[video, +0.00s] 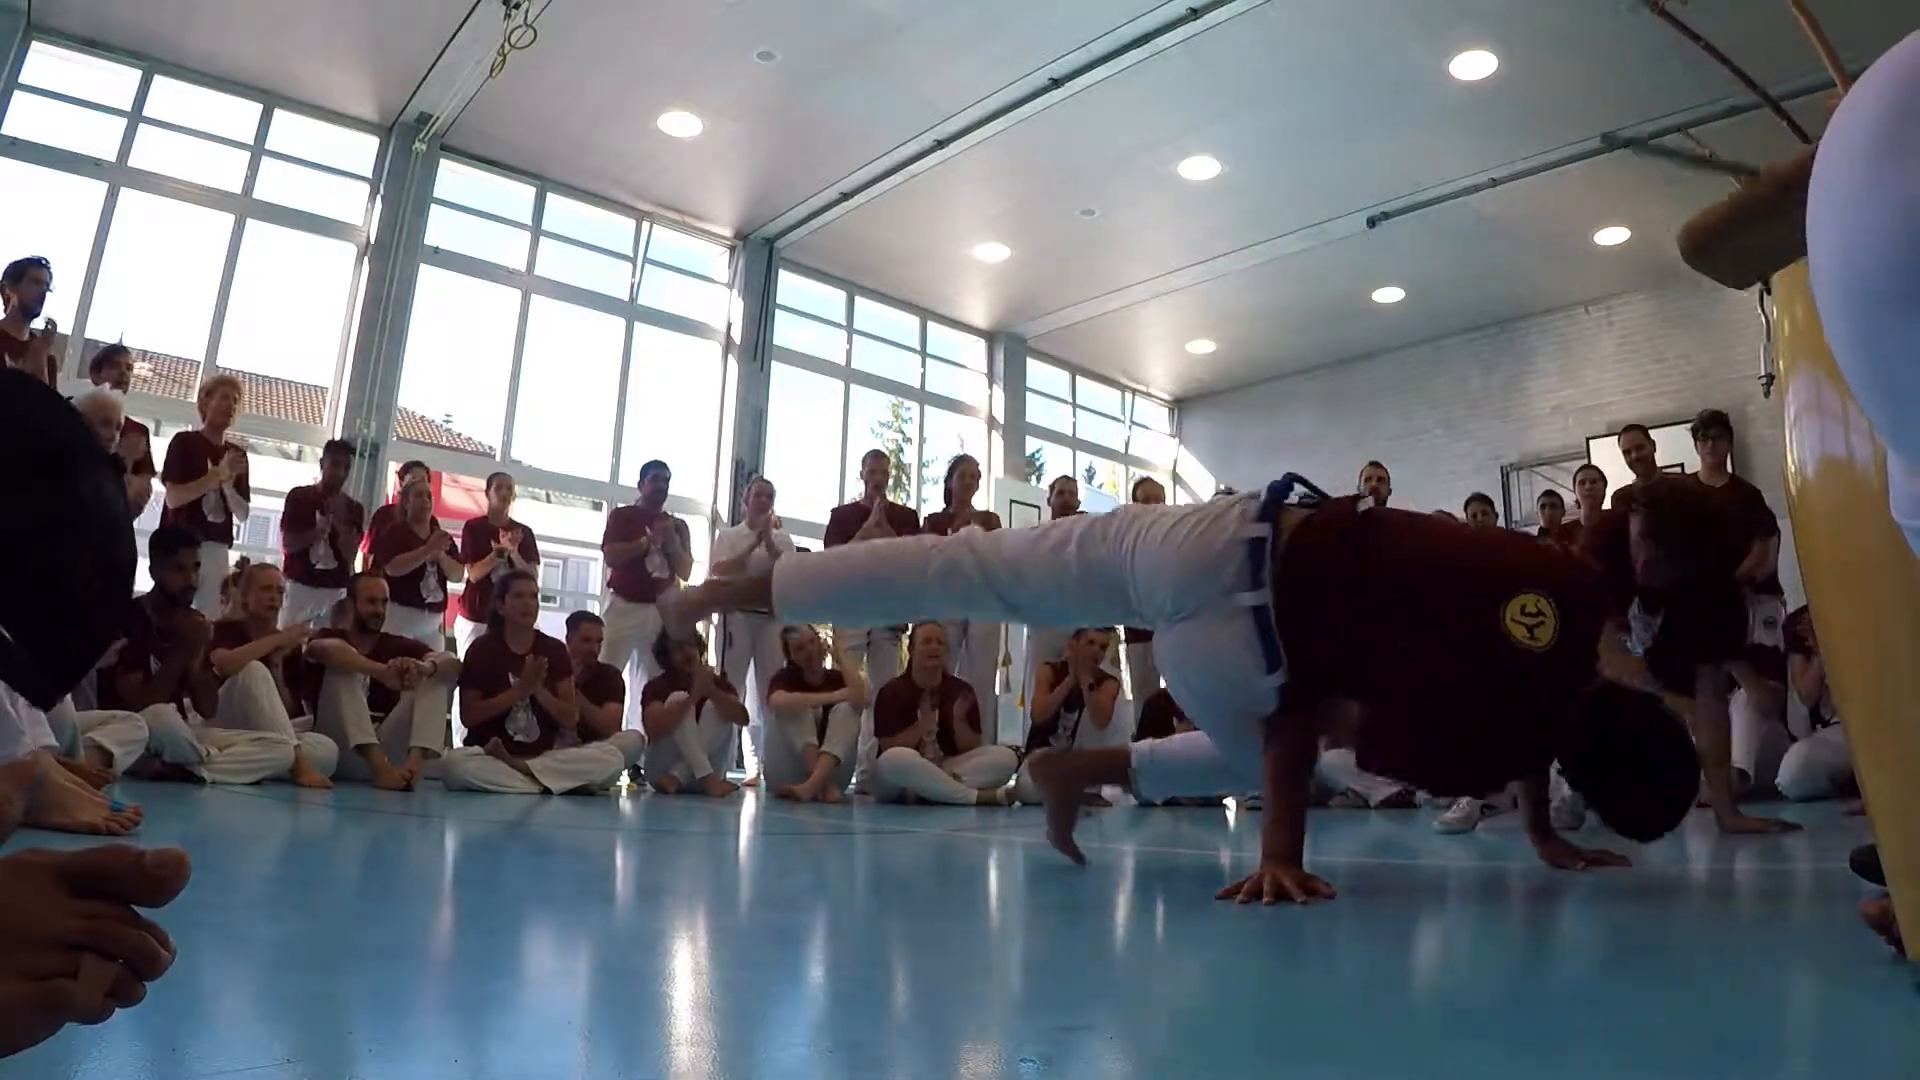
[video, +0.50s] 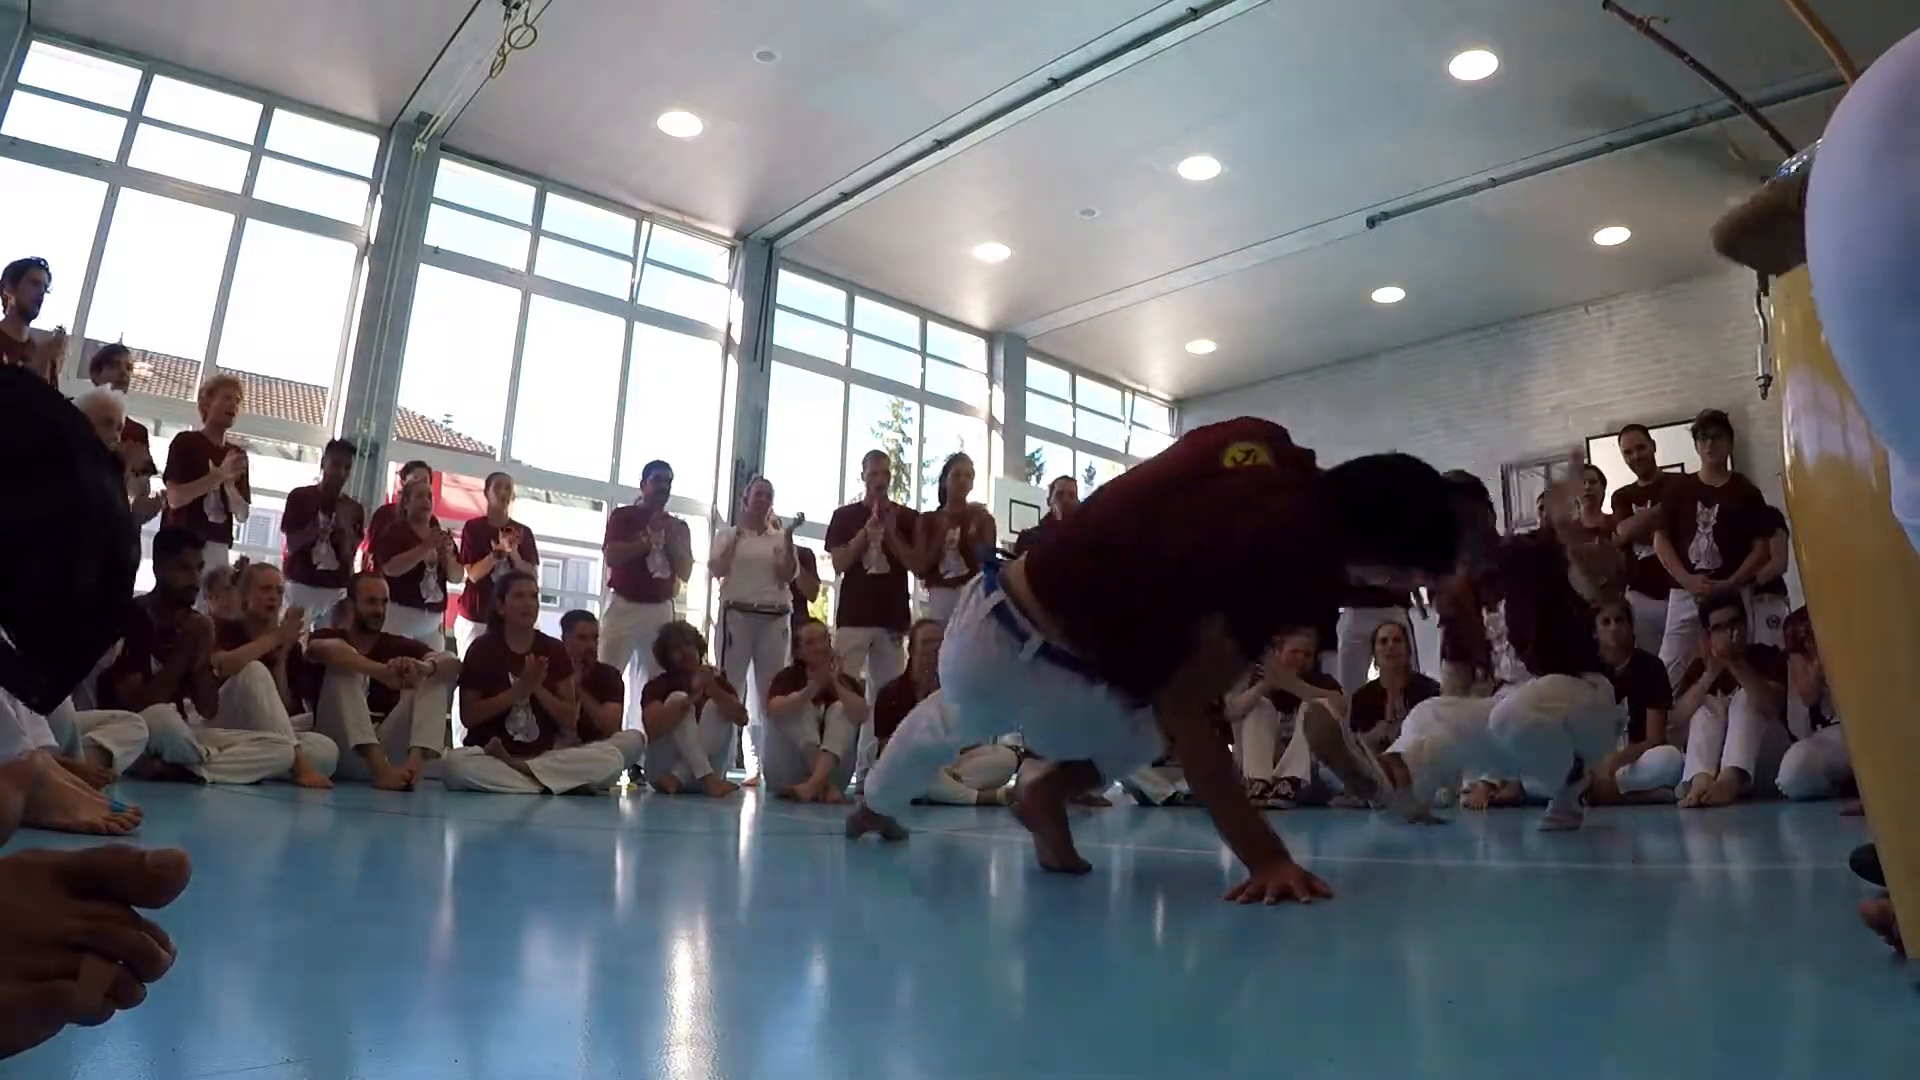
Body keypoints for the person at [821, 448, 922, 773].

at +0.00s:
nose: (877, 478)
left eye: (882, 472)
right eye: (872, 472)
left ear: (890, 474)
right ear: (862, 474)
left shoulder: (906, 517)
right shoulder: (843, 514)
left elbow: (913, 563)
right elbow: (831, 563)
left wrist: (885, 533)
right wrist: (863, 533)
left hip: (890, 609)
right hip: (848, 609)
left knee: (887, 694)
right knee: (849, 692)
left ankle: (878, 772)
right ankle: (841, 769)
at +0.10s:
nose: (879, 478)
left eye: (884, 473)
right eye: (873, 472)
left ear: (889, 476)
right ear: (862, 475)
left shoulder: (907, 516)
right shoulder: (841, 515)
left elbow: (917, 564)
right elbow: (838, 562)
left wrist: (887, 529)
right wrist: (868, 526)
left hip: (893, 604)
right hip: (852, 603)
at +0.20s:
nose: (880, 479)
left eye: (885, 473)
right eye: (874, 472)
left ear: (890, 477)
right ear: (862, 475)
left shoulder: (908, 517)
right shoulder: (842, 516)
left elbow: (917, 565)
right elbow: (838, 565)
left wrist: (893, 532)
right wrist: (866, 530)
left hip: (894, 620)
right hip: (853, 620)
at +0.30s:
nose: (879, 479)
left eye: (884, 472)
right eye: (874, 472)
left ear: (890, 475)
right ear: (863, 475)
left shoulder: (908, 517)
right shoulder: (843, 515)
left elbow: (919, 565)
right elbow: (840, 566)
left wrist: (889, 536)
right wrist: (870, 535)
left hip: (892, 619)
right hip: (852, 620)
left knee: (890, 694)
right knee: (845, 694)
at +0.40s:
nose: (880, 479)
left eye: (884, 473)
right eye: (874, 473)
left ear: (890, 475)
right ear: (863, 475)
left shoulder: (908, 517)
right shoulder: (843, 515)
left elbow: (919, 567)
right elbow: (840, 566)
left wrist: (888, 538)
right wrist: (870, 536)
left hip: (892, 620)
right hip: (853, 619)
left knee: (890, 698)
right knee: (845, 695)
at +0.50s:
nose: (878, 479)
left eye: (883, 473)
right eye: (873, 473)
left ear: (891, 475)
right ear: (862, 475)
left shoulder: (907, 518)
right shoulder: (845, 515)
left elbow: (916, 564)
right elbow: (838, 564)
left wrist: (889, 533)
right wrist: (865, 534)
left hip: (893, 619)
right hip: (853, 619)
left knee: (889, 698)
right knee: (845, 696)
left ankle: (880, 773)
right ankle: (837, 772)